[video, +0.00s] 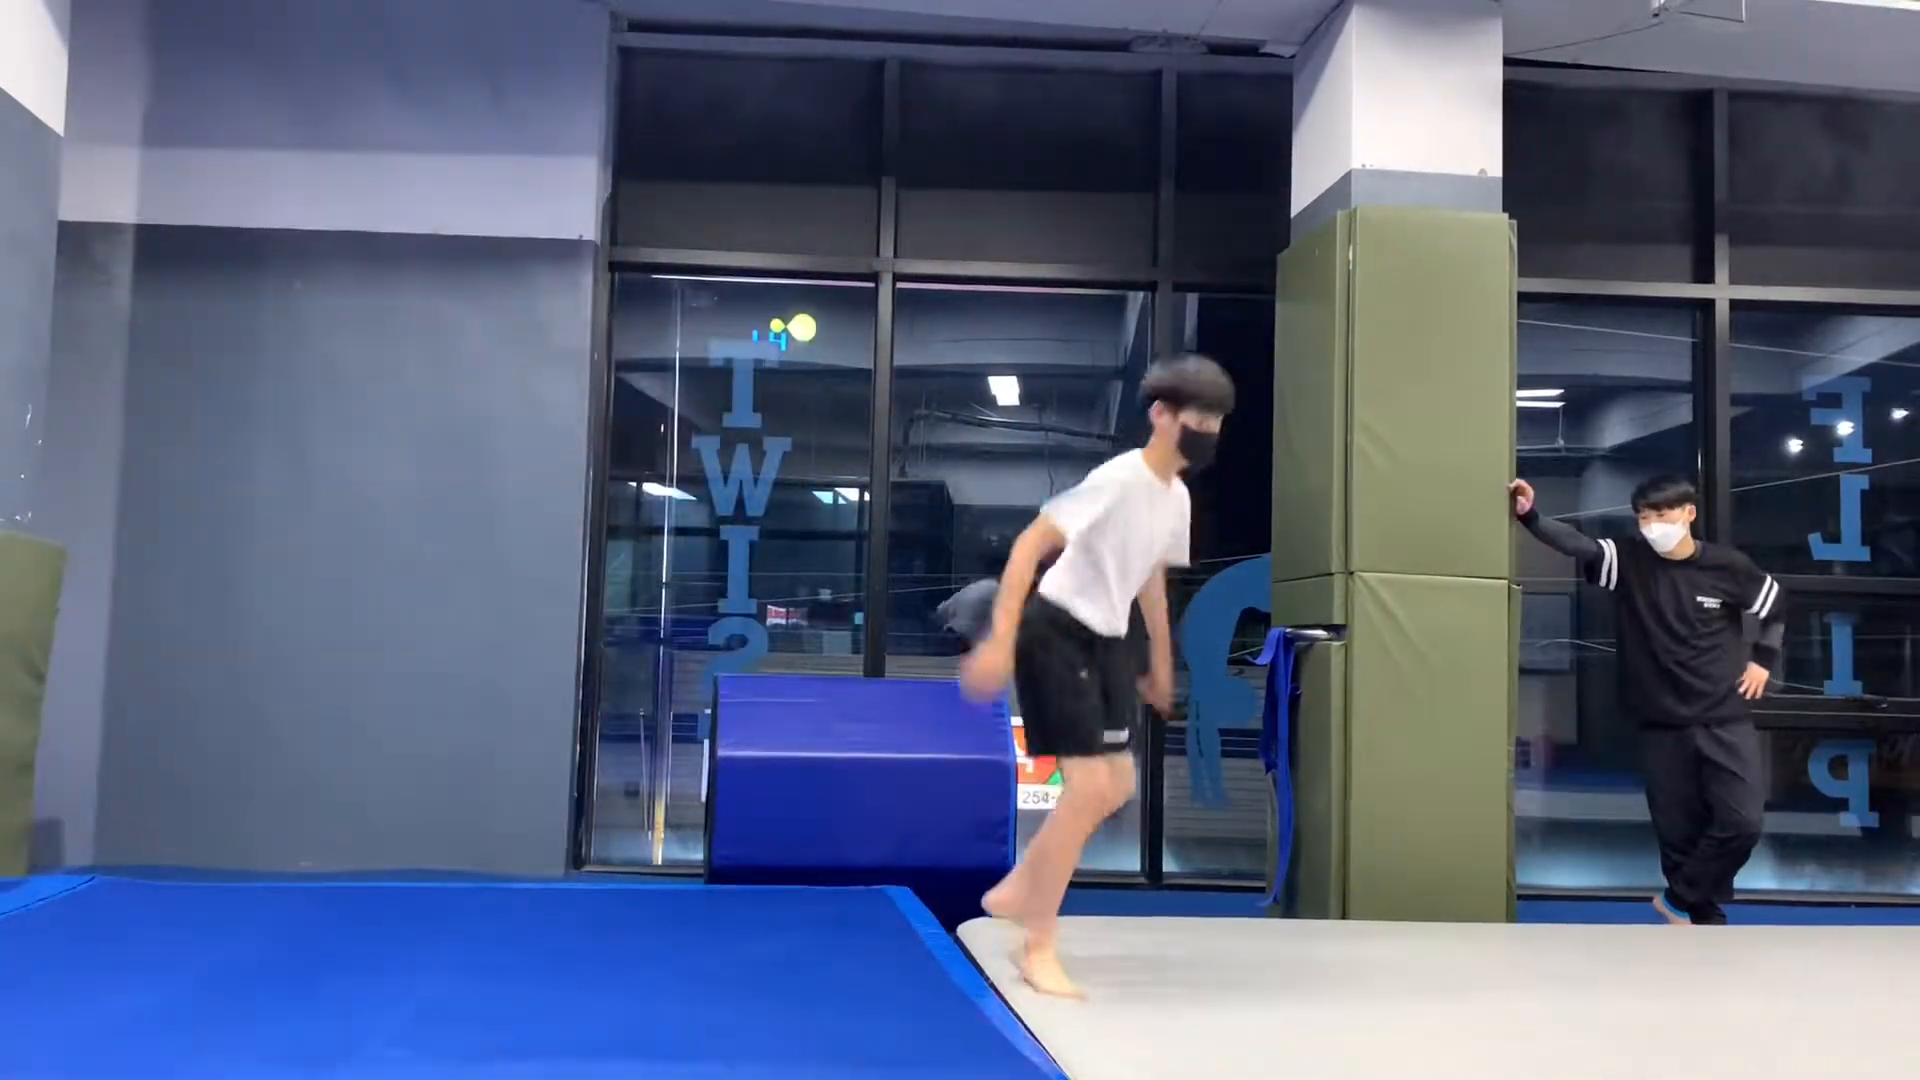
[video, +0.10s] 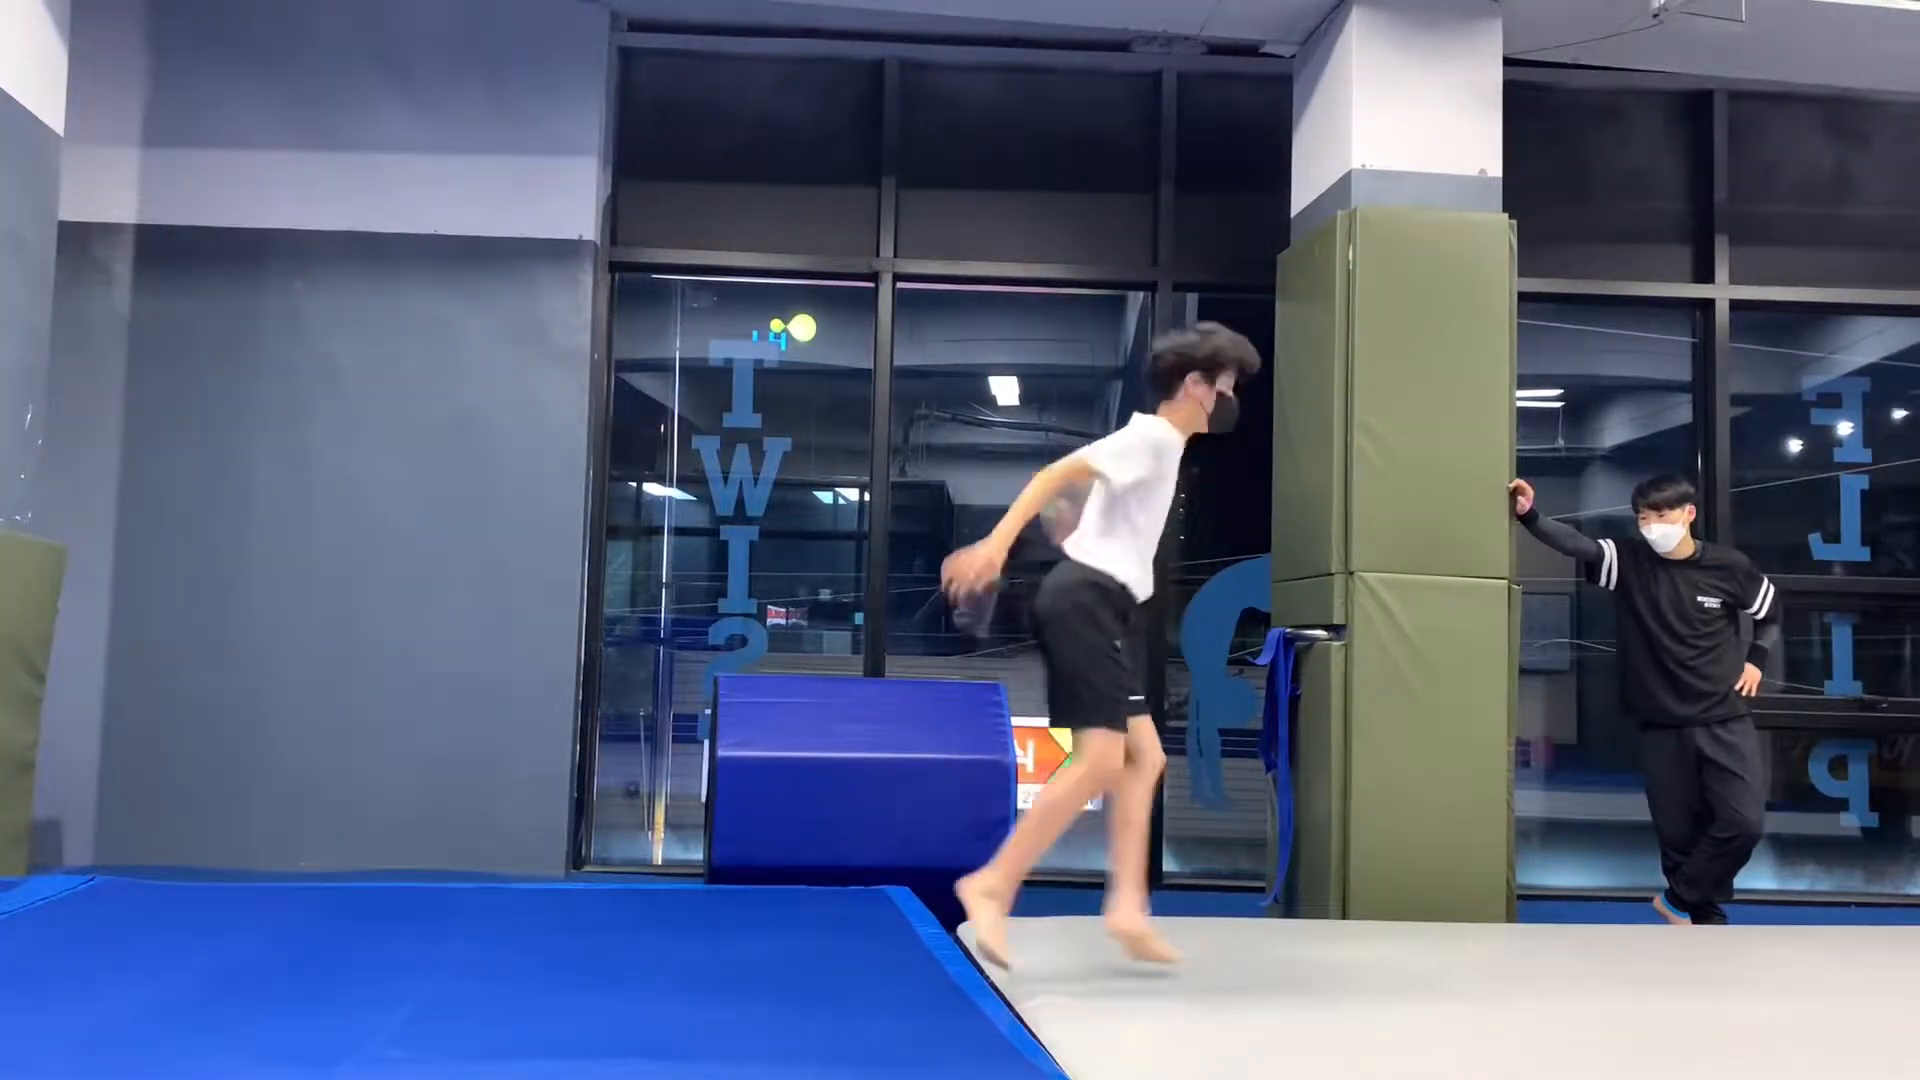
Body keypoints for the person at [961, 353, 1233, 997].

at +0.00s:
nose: (1209, 434)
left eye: (1215, 424)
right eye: (1200, 421)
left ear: (1210, 428)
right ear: (1161, 414)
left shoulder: (1175, 498)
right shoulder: (1119, 480)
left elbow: (1151, 579)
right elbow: (1029, 545)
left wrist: (1160, 659)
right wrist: (999, 642)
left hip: (1105, 638)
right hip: (1055, 629)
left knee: (1117, 784)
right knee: (1087, 785)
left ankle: (1016, 891)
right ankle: (1039, 948)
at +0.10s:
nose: (1226, 400)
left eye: (1228, 389)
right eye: (1222, 387)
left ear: (1185, 386)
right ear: (1191, 383)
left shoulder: (1154, 445)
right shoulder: (1154, 437)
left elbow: (1066, 494)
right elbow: (1055, 478)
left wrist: (1091, 559)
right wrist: (993, 546)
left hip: (1101, 601)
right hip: (1083, 595)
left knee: (1145, 757)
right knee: (1101, 756)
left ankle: (1127, 909)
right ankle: (990, 887)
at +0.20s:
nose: (1216, 406)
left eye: (1216, 395)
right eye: (1216, 395)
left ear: (1160, 389)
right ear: (1203, 396)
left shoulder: (1130, 434)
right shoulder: (1166, 438)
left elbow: (1056, 442)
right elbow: (1092, 458)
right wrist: (1048, 497)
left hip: (1114, 608)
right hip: (1133, 608)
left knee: (1172, 782)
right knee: (1083, 753)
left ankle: (1218, 943)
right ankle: (958, 855)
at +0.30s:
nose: (1201, 431)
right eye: (1200, 424)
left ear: (1133, 429)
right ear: (1198, 426)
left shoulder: (1103, 473)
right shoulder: (1189, 466)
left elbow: (1011, 468)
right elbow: (1178, 501)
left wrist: (932, 442)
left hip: (1106, 635)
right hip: (1155, 635)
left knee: (1176, 815)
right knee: (1117, 783)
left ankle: (1210, 977)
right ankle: (1006, 854)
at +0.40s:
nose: (1110, 455)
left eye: (1111, 447)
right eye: (1127, 445)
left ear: (1115, 448)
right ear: (1172, 447)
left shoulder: (1087, 495)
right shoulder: (1201, 495)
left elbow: (990, 517)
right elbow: (1287, 517)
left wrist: (896, 522)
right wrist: (1380, 534)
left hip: (1091, 663)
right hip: (1152, 661)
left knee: (1173, 827)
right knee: (1192, 828)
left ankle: (1208, 976)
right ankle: (1120, 894)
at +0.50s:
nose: (1063, 471)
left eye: (1063, 460)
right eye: (1065, 461)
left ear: (1080, 457)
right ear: (1124, 453)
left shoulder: (1057, 511)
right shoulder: (1184, 498)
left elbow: (961, 552)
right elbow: (1276, 506)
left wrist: (856, 576)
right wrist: (1361, 508)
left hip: (1095, 669)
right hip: (1166, 663)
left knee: (1169, 825)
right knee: (1221, 818)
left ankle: (1211, 972)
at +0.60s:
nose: (1010, 491)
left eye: (1010, 480)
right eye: (1011, 479)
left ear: (1030, 472)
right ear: (1063, 464)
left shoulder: (1019, 534)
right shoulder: (1127, 490)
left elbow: (923, 591)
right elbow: (1184, 461)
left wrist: (822, 633)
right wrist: (1216, 442)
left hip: (1116, 674)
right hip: (1187, 653)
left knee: (1176, 822)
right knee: (1224, 787)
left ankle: (1213, 978)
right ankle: (1274, 901)